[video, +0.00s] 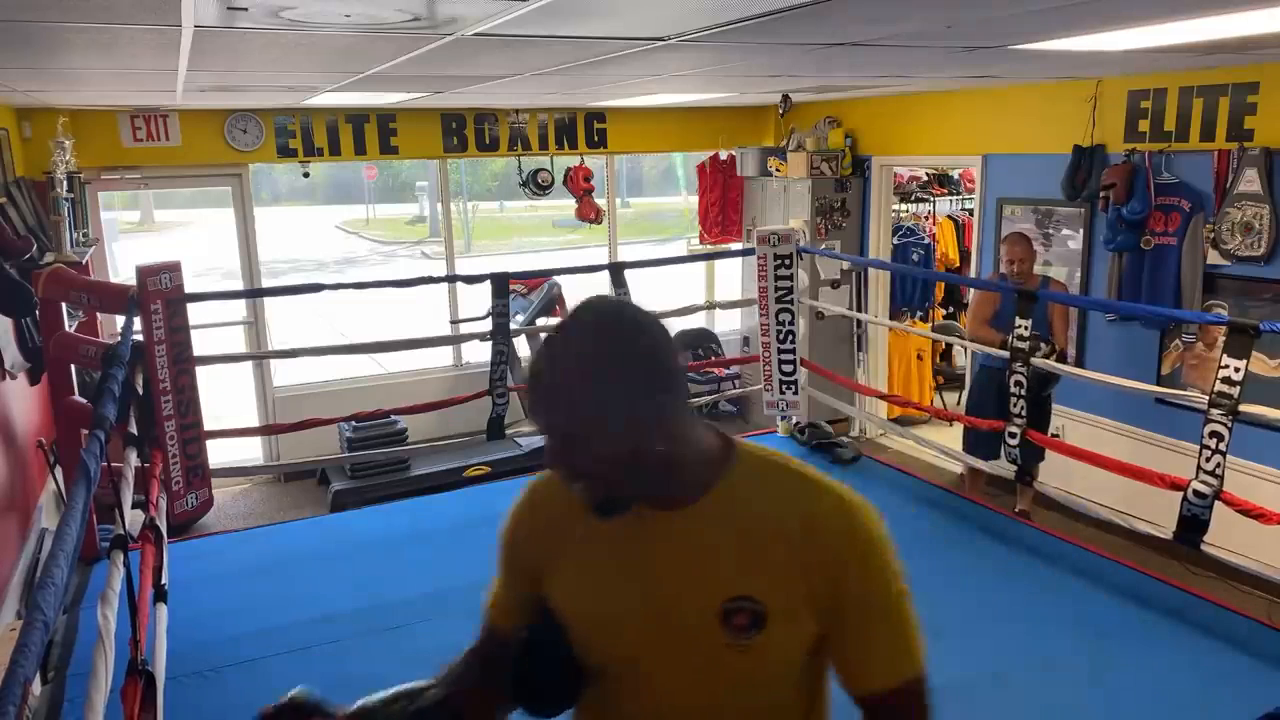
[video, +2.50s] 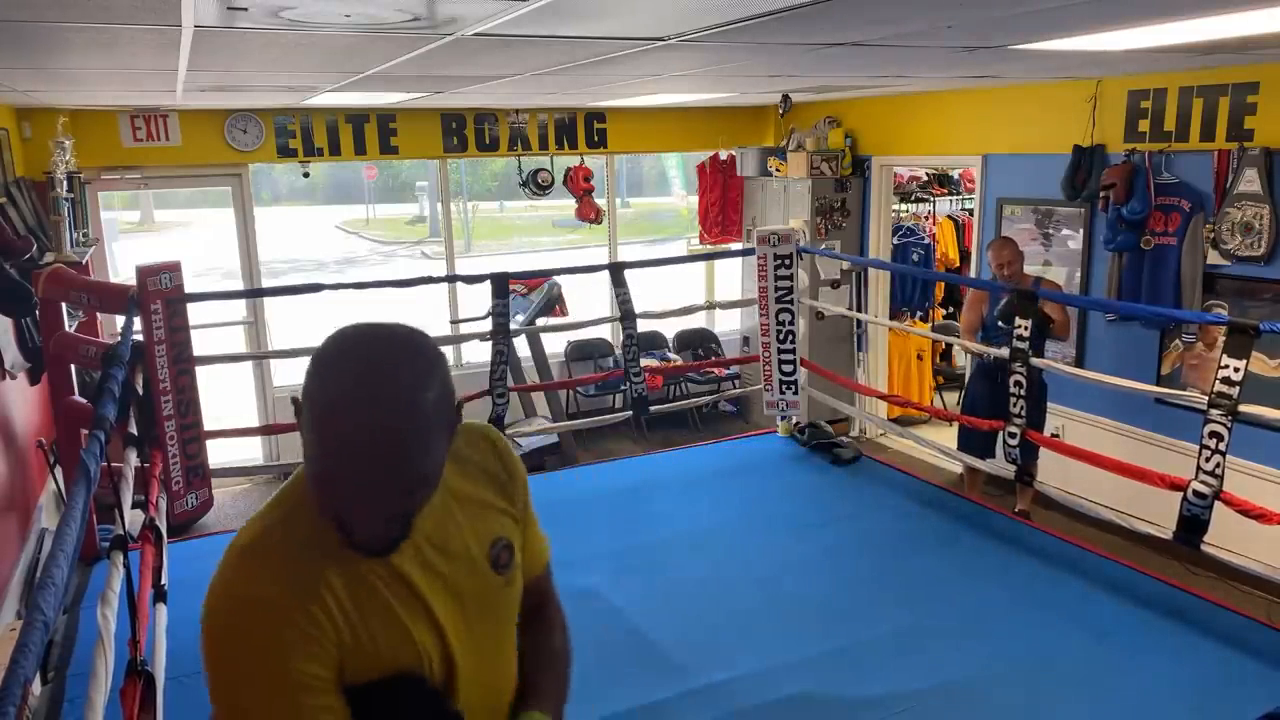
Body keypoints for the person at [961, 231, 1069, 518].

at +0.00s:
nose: (1015, 269)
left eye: (1021, 262)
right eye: (1009, 262)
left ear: (1033, 259)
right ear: (1001, 260)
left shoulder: (1054, 290)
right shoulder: (992, 285)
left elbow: (1061, 343)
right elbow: (974, 329)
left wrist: (1048, 356)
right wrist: (1010, 343)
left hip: (1034, 382)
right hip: (992, 377)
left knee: (1030, 449)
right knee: (979, 446)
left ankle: (1023, 511)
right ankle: (971, 506)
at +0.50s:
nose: (1015, 268)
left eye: (1021, 261)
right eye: (1008, 262)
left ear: (1033, 259)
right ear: (1001, 261)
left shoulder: (1054, 291)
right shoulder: (991, 285)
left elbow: (1061, 341)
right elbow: (974, 329)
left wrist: (1048, 349)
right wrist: (1008, 340)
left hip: (1034, 381)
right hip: (991, 376)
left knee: (1030, 448)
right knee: (977, 443)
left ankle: (1022, 511)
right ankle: (969, 504)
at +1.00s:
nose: (1016, 269)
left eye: (1022, 262)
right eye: (1010, 263)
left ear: (1034, 258)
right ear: (1002, 261)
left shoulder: (1055, 291)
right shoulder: (992, 284)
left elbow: (1063, 344)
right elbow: (973, 329)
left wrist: (1050, 348)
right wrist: (1007, 338)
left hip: (1034, 381)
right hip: (992, 375)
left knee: (1030, 450)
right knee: (977, 444)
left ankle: (1022, 512)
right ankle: (970, 504)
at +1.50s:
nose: (1015, 269)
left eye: (1020, 262)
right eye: (1008, 263)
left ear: (1032, 258)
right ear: (1000, 263)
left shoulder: (1053, 290)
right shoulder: (990, 288)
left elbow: (1058, 332)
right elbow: (970, 330)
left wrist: (1041, 347)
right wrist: (995, 338)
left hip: (1034, 379)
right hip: (991, 376)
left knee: (1031, 448)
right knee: (979, 443)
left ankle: (1022, 511)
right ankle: (972, 504)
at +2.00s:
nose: (1012, 268)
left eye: (1017, 261)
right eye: (1005, 263)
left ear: (1028, 257)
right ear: (996, 264)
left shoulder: (1052, 290)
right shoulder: (985, 292)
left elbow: (1064, 339)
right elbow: (965, 336)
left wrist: (1056, 321)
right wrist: (979, 358)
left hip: (1032, 379)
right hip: (990, 376)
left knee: (1029, 449)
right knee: (977, 445)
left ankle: (1023, 515)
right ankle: (972, 506)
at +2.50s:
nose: (1005, 272)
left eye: (1010, 264)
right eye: (998, 267)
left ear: (1022, 259)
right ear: (990, 266)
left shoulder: (1047, 289)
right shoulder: (980, 292)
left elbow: (1063, 333)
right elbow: (967, 338)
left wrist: (1038, 316)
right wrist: (986, 352)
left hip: (1028, 382)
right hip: (987, 380)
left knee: (1027, 451)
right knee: (974, 447)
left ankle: (1022, 515)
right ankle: (970, 506)